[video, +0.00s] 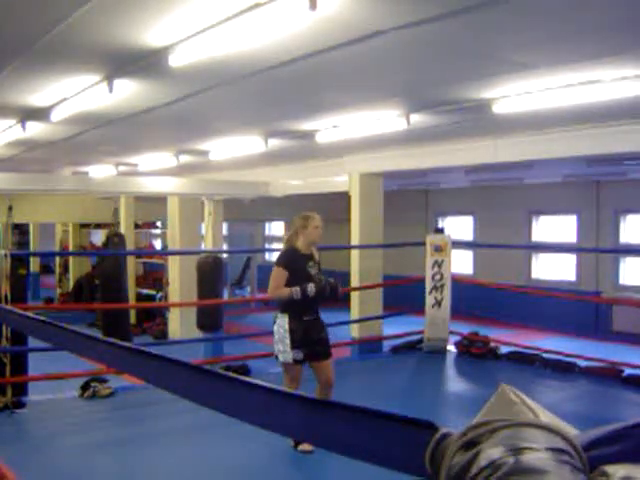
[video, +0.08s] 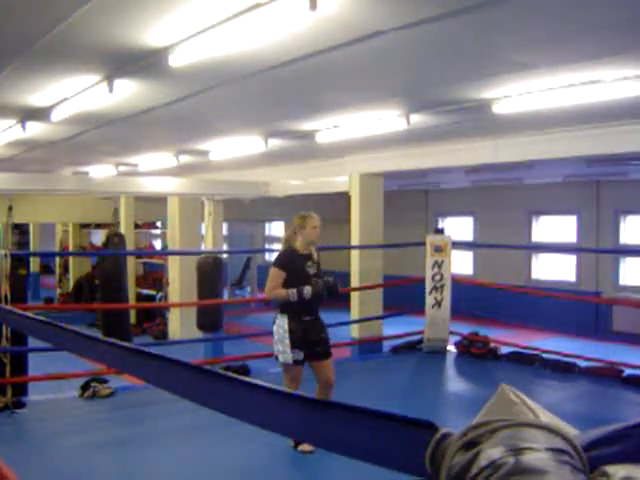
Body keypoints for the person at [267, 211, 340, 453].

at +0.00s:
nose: (320, 233)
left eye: (320, 228)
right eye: (316, 228)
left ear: (316, 230)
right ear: (302, 230)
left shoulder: (314, 256)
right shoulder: (287, 257)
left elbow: (309, 287)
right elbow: (273, 292)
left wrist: (326, 287)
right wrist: (305, 289)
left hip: (312, 317)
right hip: (290, 319)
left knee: (327, 381)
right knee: (292, 380)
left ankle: (313, 431)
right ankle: (296, 433)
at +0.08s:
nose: (318, 233)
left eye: (318, 228)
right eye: (314, 228)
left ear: (314, 231)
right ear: (300, 230)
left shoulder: (313, 257)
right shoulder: (286, 257)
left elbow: (309, 287)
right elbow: (270, 292)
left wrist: (325, 286)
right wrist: (302, 291)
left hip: (312, 318)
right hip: (290, 320)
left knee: (327, 381)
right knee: (292, 380)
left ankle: (314, 431)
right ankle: (296, 434)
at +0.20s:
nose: (316, 232)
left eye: (316, 228)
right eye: (312, 228)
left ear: (312, 231)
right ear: (298, 231)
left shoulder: (313, 256)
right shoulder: (284, 258)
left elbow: (312, 285)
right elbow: (267, 292)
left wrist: (325, 285)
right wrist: (296, 294)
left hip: (312, 318)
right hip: (289, 320)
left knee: (328, 379)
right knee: (291, 381)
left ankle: (316, 429)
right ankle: (297, 434)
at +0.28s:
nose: (316, 233)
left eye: (316, 229)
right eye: (312, 229)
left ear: (312, 231)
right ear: (298, 231)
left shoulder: (313, 257)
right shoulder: (283, 259)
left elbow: (317, 285)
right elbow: (266, 292)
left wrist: (325, 284)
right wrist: (295, 295)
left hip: (312, 318)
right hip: (288, 320)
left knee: (329, 379)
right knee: (291, 381)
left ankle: (316, 429)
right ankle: (297, 435)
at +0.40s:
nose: (315, 233)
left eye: (315, 228)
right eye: (311, 228)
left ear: (312, 230)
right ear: (297, 230)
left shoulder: (313, 256)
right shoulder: (281, 259)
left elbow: (317, 285)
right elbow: (265, 292)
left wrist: (325, 285)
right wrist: (293, 295)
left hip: (312, 317)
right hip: (288, 320)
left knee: (332, 377)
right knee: (291, 380)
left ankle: (316, 427)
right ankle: (297, 435)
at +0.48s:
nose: (314, 233)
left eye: (315, 228)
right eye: (310, 228)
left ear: (314, 231)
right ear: (296, 231)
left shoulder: (315, 255)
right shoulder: (280, 259)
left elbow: (317, 281)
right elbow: (264, 293)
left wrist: (325, 287)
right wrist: (291, 294)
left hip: (313, 318)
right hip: (289, 321)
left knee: (330, 378)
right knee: (291, 380)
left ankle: (323, 428)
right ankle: (297, 435)